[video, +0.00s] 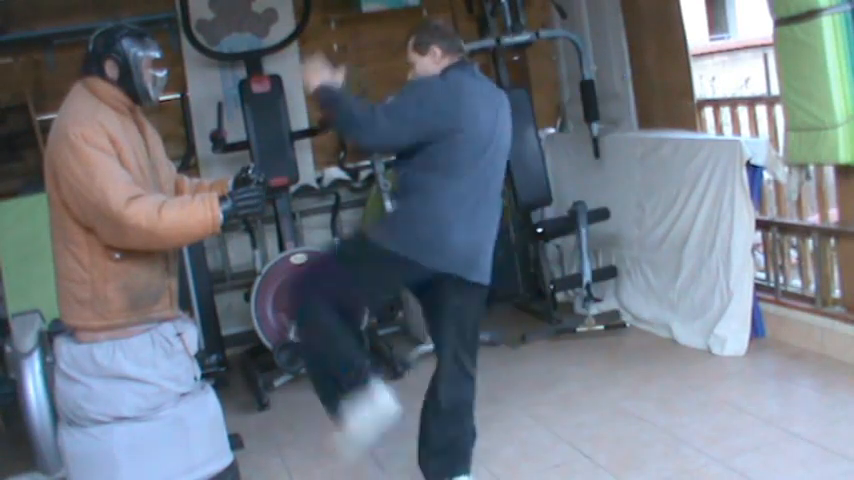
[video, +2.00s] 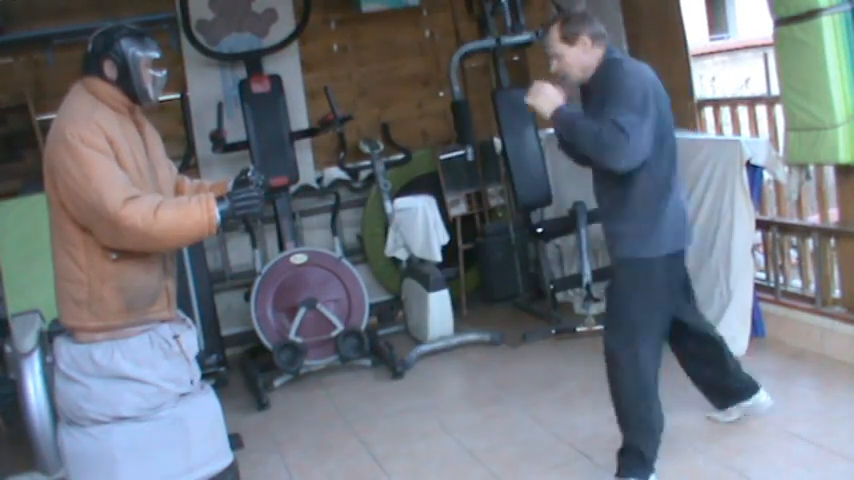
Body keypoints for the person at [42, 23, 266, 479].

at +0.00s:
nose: (154, 74)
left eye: (154, 63)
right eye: (144, 63)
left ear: (117, 68)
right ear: (111, 66)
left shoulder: (131, 117)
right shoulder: (80, 127)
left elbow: (169, 187)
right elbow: (125, 218)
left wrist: (229, 186)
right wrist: (219, 210)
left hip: (152, 318)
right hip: (108, 331)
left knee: (186, 450)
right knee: (131, 460)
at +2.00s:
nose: (153, 74)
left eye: (153, 64)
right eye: (143, 64)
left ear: (116, 68)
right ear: (109, 66)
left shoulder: (133, 120)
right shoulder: (77, 130)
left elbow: (171, 188)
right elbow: (124, 220)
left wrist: (226, 187)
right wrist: (214, 211)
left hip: (152, 316)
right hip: (106, 328)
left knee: (180, 443)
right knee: (129, 455)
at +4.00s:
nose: (150, 76)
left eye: (150, 65)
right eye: (140, 65)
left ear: (118, 67)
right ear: (108, 66)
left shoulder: (140, 121)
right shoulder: (72, 128)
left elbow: (177, 188)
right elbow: (113, 219)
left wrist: (228, 188)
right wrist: (205, 213)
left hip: (158, 317)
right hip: (104, 330)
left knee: (190, 447)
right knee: (125, 458)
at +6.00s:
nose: (153, 77)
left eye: (154, 67)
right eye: (142, 67)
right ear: (108, 67)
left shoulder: (143, 121)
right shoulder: (71, 128)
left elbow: (181, 188)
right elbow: (109, 221)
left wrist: (233, 189)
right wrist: (203, 218)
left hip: (158, 318)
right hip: (104, 331)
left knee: (192, 449)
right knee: (125, 459)